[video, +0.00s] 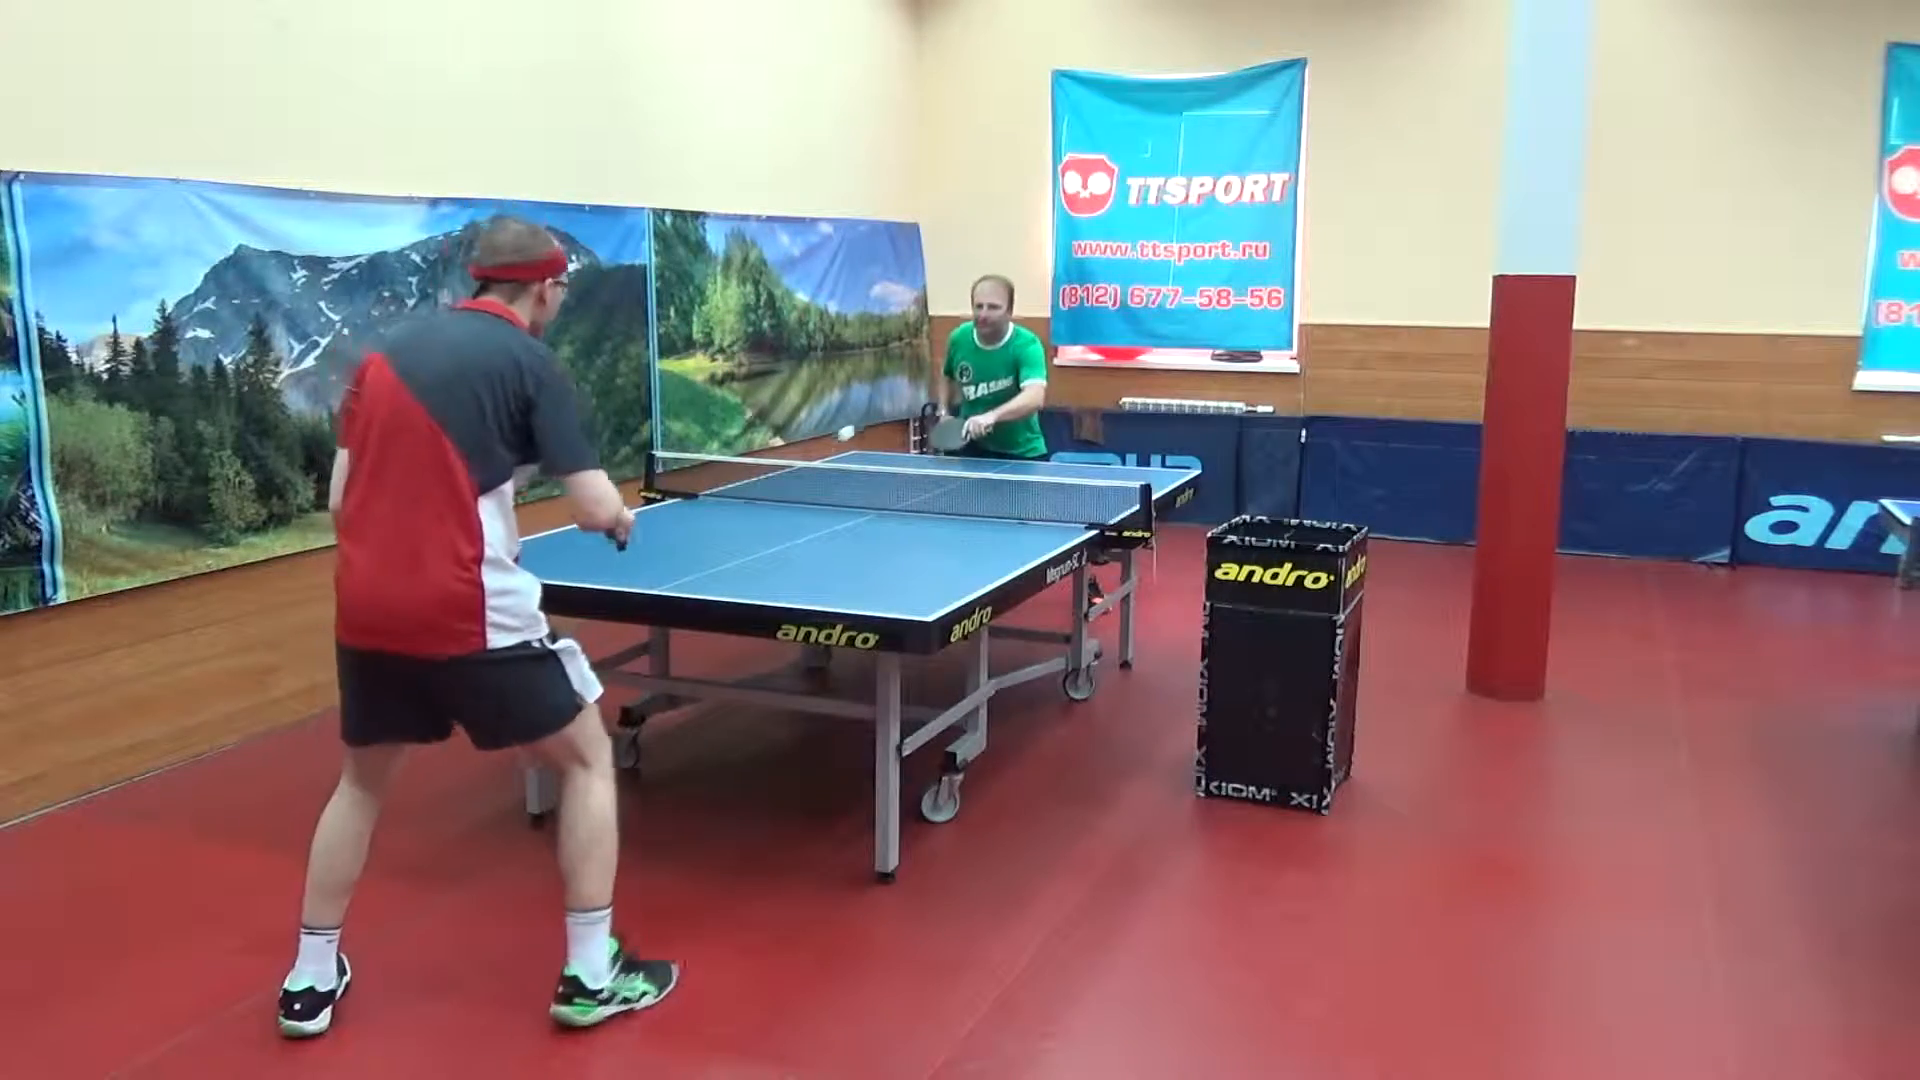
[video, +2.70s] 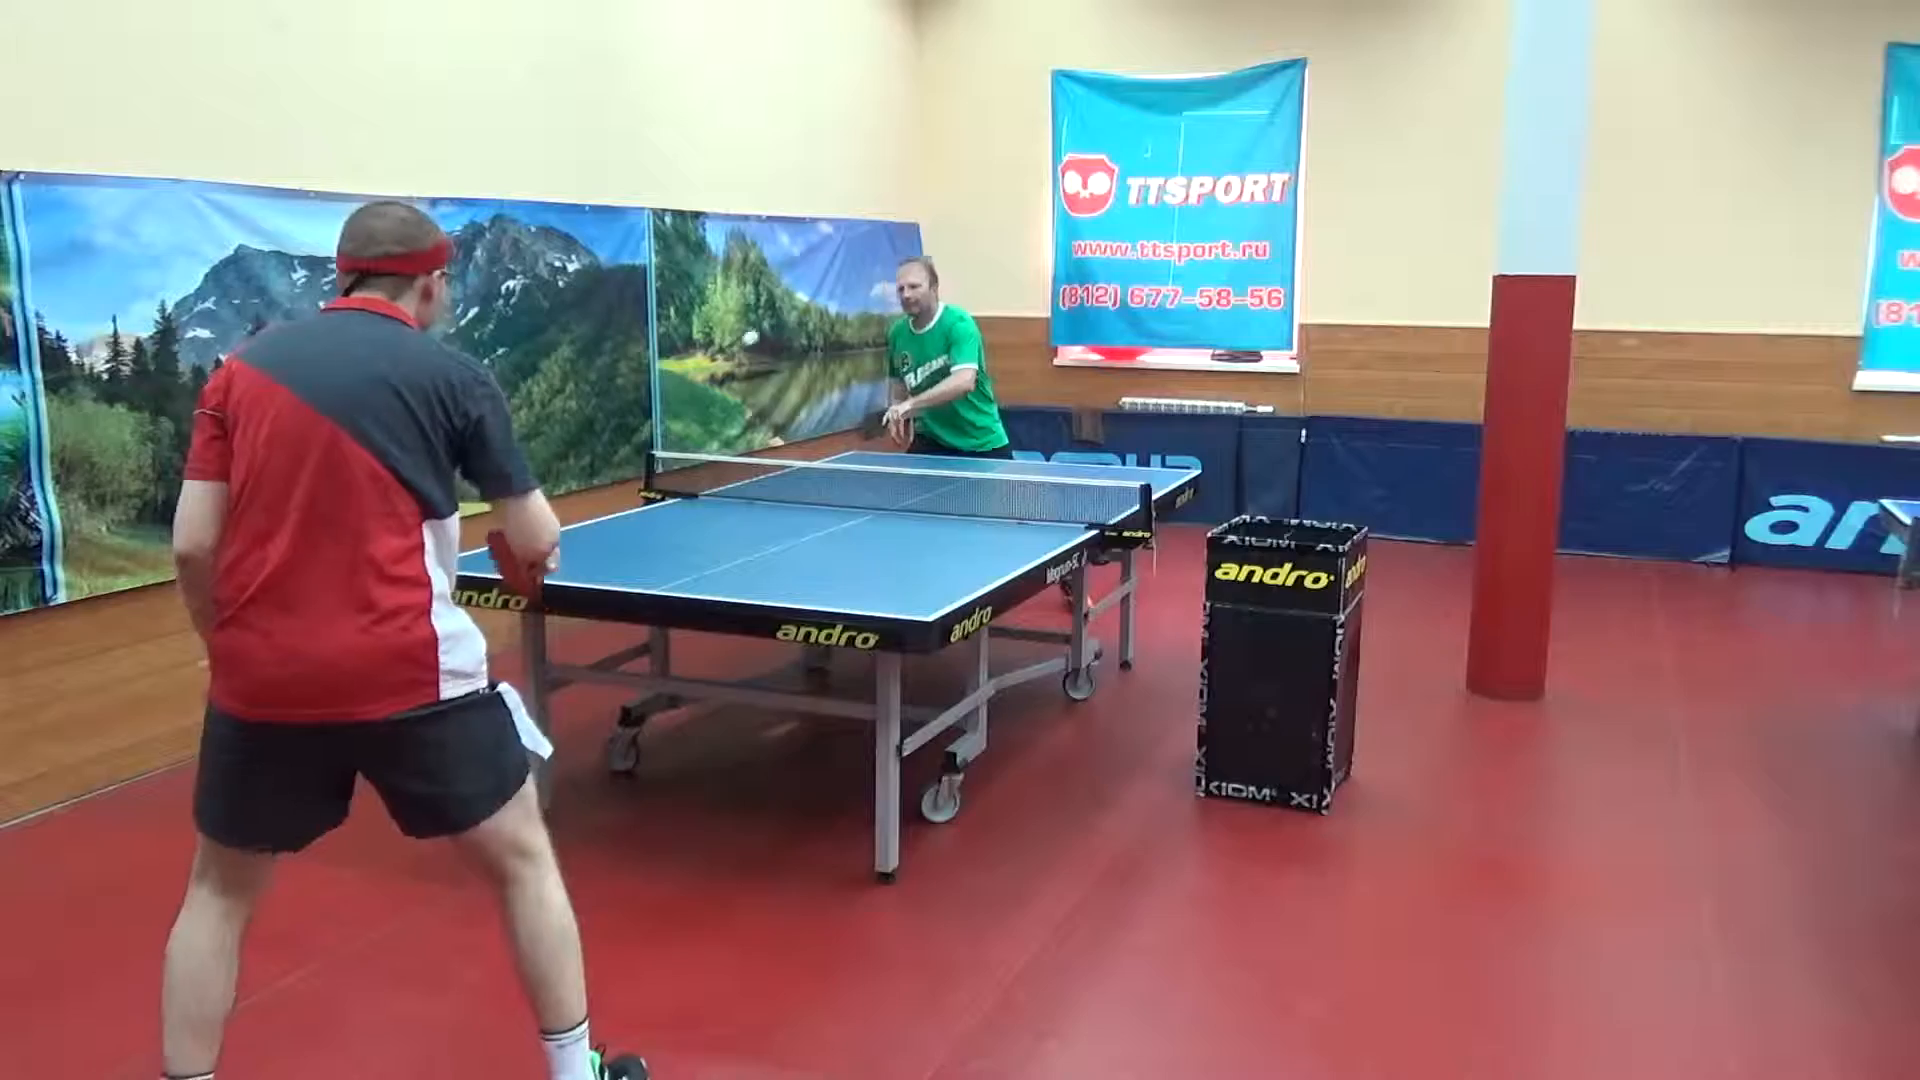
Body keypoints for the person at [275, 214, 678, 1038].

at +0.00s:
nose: (560, 301)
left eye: (560, 287)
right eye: (558, 287)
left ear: (477, 282)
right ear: (537, 289)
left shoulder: (386, 349)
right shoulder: (528, 363)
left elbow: (341, 499)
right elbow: (595, 508)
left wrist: (443, 517)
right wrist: (619, 517)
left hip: (368, 613)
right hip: (477, 615)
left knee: (360, 780)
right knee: (587, 759)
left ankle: (310, 981)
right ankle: (592, 972)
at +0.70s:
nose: (614, 320)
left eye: (607, 310)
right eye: (613, 310)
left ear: (525, 303)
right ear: (601, 309)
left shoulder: (458, 372)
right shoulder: (632, 381)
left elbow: (414, 520)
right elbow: (692, 486)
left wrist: (367, 633)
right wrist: (666, 513)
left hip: (457, 625)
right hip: (580, 628)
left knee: (357, 820)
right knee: (630, 772)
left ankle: (274, 1041)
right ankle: (638, 969)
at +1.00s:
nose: (528, 315)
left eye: (527, 302)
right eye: (527, 303)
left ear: (438, 296)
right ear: (508, 304)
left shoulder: (337, 364)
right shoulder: (518, 387)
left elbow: (288, 530)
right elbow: (588, 534)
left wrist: (317, 610)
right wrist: (584, 567)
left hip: (322, 650)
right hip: (462, 649)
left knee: (267, 856)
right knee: (563, 788)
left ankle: (218, 1067)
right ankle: (624, 967)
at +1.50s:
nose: (586, 331)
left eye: (585, 317)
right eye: (583, 318)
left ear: (493, 306)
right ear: (560, 313)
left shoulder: (405, 379)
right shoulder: (572, 382)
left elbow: (362, 537)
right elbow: (679, 493)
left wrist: (395, 613)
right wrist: (648, 528)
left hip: (408, 655)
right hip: (543, 651)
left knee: (320, 850)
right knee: (638, 783)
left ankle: (236, 1062)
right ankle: (671, 976)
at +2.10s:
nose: (625, 339)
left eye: (622, 327)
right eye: (625, 328)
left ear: (538, 314)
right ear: (615, 328)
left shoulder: (458, 383)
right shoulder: (639, 413)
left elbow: (395, 535)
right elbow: (630, 540)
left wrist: (340, 635)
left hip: (431, 665)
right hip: (570, 669)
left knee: (321, 858)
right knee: (640, 790)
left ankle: (221, 1069)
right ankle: (671, 978)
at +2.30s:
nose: (520, 332)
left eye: (518, 319)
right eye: (518, 321)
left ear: (424, 312)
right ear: (502, 320)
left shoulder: (324, 391)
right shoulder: (518, 413)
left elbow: (273, 560)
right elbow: (564, 585)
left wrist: (283, 666)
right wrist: (531, 633)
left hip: (323, 684)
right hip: (466, 679)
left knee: (252, 888)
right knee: (584, 812)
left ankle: (195, 1072)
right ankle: (664, 982)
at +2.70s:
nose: (445, 300)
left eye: (443, 285)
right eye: (444, 284)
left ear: (344, 278)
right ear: (427, 284)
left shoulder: (244, 364)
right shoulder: (448, 374)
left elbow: (192, 544)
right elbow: (534, 536)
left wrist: (225, 646)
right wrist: (520, 568)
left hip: (262, 680)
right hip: (411, 672)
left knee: (219, 890)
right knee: (522, 861)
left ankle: (185, 1076)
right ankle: (577, 1068)